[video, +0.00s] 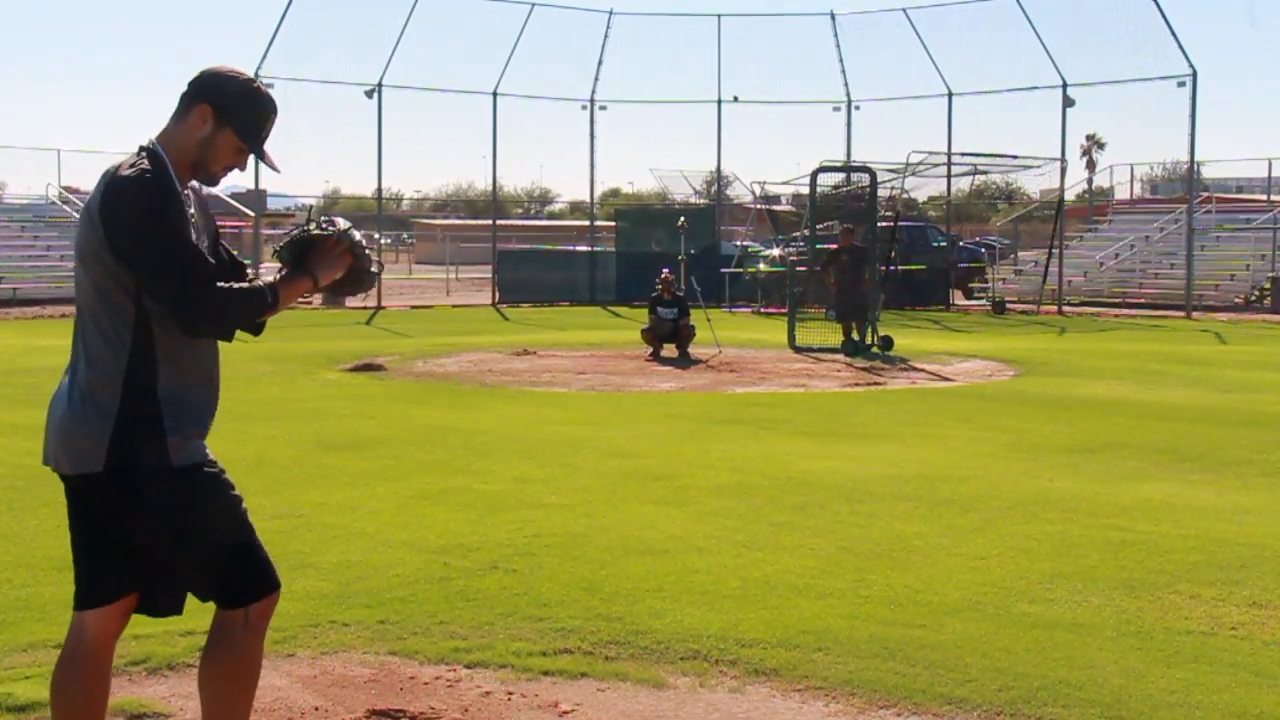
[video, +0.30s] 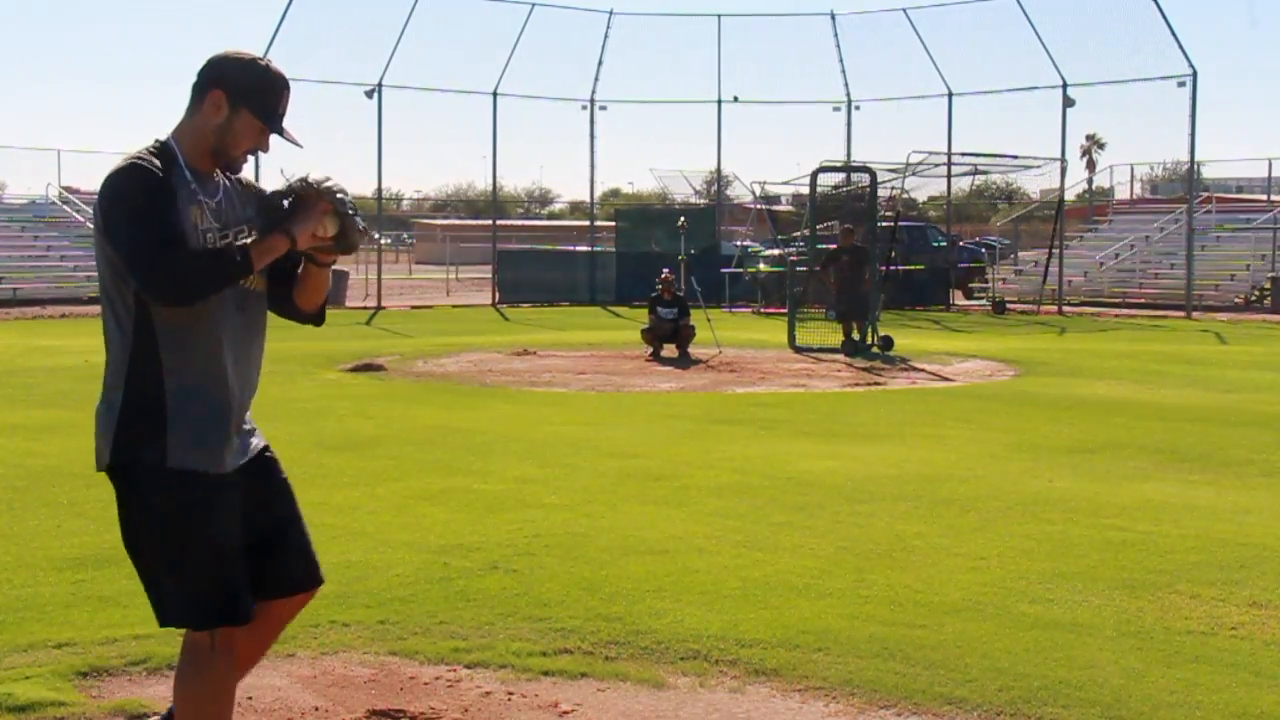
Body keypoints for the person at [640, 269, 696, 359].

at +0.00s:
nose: (666, 287)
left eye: (669, 284)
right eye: (664, 284)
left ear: (673, 285)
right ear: (660, 285)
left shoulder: (680, 299)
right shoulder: (654, 299)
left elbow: (685, 319)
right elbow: (652, 318)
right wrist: (663, 325)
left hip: (676, 328)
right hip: (660, 328)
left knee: (689, 329)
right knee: (646, 332)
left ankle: (682, 349)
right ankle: (656, 348)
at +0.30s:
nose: (666, 287)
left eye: (669, 284)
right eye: (664, 284)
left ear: (673, 285)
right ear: (660, 285)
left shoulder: (680, 300)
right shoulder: (654, 299)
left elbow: (686, 319)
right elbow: (651, 318)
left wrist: (673, 325)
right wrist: (662, 325)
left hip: (676, 328)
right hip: (660, 329)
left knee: (689, 330)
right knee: (646, 332)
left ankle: (683, 350)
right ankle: (656, 347)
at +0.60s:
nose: (667, 287)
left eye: (669, 284)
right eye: (664, 284)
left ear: (673, 285)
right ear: (660, 285)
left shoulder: (680, 300)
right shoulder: (654, 299)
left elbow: (686, 319)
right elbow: (651, 318)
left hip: (676, 329)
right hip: (660, 329)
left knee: (689, 330)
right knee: (645, 333)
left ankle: (682, 350)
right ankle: (656, 347)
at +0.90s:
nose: (667, 286)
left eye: (669, 283)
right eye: (664, 284)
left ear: (673, 285)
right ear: (660, 285)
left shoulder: (680, 299)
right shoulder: (654, 299)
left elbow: (685, 319)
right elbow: (651, 318)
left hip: (676, 328)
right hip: (660, 329)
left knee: (689, 330)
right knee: (645, 333)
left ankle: (682, 350)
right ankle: (656, 347)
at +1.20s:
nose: (667, 286)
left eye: (669, 283)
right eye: (664, 283)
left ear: (673, 284)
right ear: (660, 285)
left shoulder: (680, 299)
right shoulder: (654, 299)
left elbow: (685, 319)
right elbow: (651, 318)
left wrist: (673, 324)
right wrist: (663, 325)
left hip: (676, 328)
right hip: (660, 329)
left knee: (689, 330)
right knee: (645, 333)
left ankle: (682, 349)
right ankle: (656, 347)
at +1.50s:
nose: (667, 286)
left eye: (669, 283)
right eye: (664, 283)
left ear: (673, 284)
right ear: (660, 284)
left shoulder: (680, 299)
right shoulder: (654, 299)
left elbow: (685, 319)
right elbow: (652, 318)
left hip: (676, 327)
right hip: (660, 328)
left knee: (689, 329)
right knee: (645, 332)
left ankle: (682, 349)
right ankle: (656, 347)